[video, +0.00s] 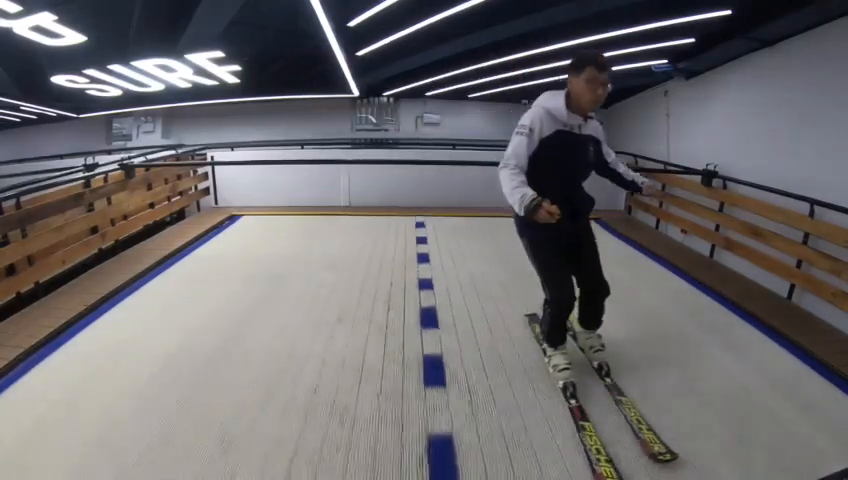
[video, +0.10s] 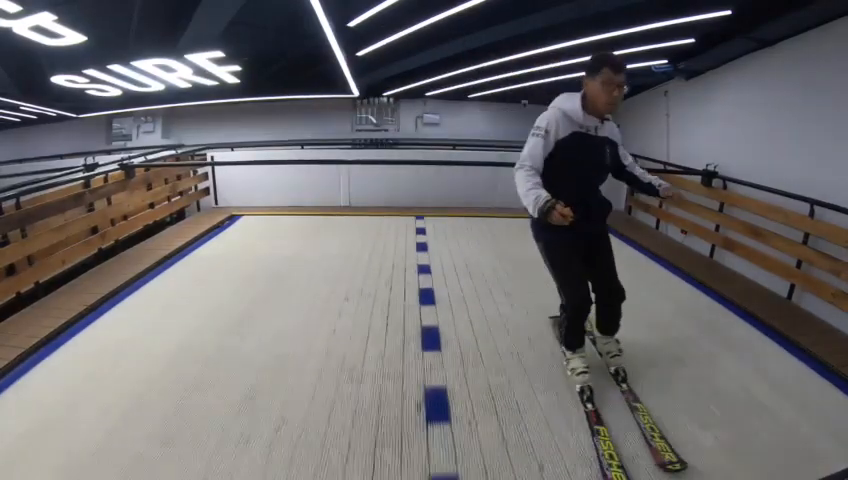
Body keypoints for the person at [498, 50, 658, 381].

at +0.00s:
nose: (601, 93)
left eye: (605, 87)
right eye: (593, 84)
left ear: (607, 89)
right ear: (572, 81)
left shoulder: (591, 126)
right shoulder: (543, 112)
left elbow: (607, 164)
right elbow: (509, 167)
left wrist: (640, 185)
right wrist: (529, 204)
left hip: (575, 214)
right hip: (538, 215)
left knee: (595, 287)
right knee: (561, 293)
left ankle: (587, 329)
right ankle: (553, 344)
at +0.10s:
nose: (616, 95)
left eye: (621, 89)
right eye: (609, 86)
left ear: (623, 91)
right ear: (587, 83)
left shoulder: (609, 130)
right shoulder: (556, 118)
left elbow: (626, 168)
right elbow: (525, 169)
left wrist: (659, 188)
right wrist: (544, 205)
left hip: (592, 219)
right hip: (555, 220)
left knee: (610, 291)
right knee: (577, 296)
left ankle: (605, 335)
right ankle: (573, 350)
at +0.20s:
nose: (628, 96)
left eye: (632, 90)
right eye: (620, 88)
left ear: (636, 92)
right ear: (600, 86)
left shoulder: (623, 133)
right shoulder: (570, 119)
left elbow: (640, 172)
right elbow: (538, 172)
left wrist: (674, 191)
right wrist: (554, 207)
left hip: (605, 224)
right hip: (567, 225)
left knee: (623, 295)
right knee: (589, 301)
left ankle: (621, 341)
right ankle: (591, 356)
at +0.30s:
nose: (636, 99)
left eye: (640, 93)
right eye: (629, 91)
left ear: (642, 94)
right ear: (608, 87)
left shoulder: (633, 137)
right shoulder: (576, 123)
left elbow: (654, 175)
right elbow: (547, 176)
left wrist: (687, 194)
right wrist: (561, 209)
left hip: (616, 229)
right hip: (577, 231)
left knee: (633, 300)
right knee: (597, 306)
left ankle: (636, 350)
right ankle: (604, 363)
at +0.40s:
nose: (639, 99)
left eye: (644, 92)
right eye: (631, 90)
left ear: (648, 94)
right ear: (610, 88)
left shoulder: (642, 136)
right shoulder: (581, 124)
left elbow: (661, 178)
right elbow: (550, 177)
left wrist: (695, 197)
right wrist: (562, 210)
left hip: (623, 231)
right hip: (581, 233)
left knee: (637, 303)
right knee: (599, 310)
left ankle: (646, 359)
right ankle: (610, 370)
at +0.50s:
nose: (639, 98)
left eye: (644, 91)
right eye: (631, 90)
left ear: (648, 93)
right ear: (609, 88)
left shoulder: (645, 138)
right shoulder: (578, 127)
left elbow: (668, 181)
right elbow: (549, 179)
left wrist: (701, 201)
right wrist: (557, 209)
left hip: (624, 238)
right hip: (580, 239)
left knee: (635, 308)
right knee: (594, 318)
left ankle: (649, 367)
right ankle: (612, 375)